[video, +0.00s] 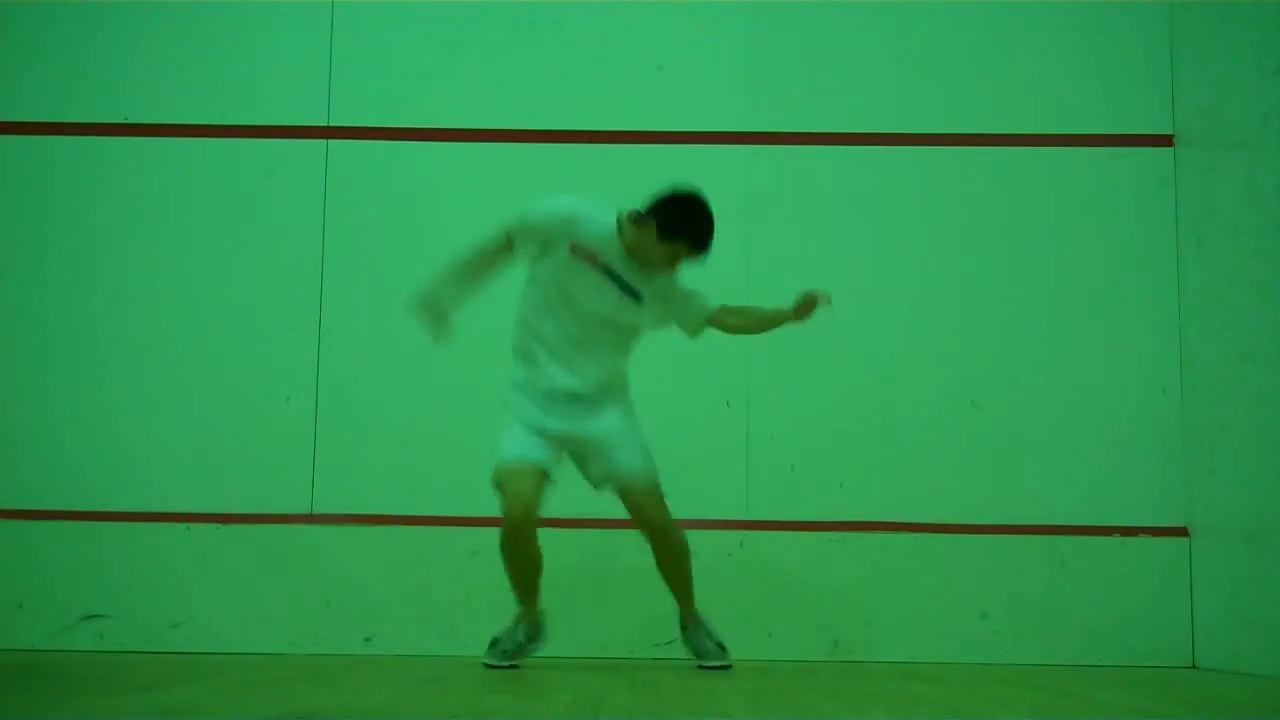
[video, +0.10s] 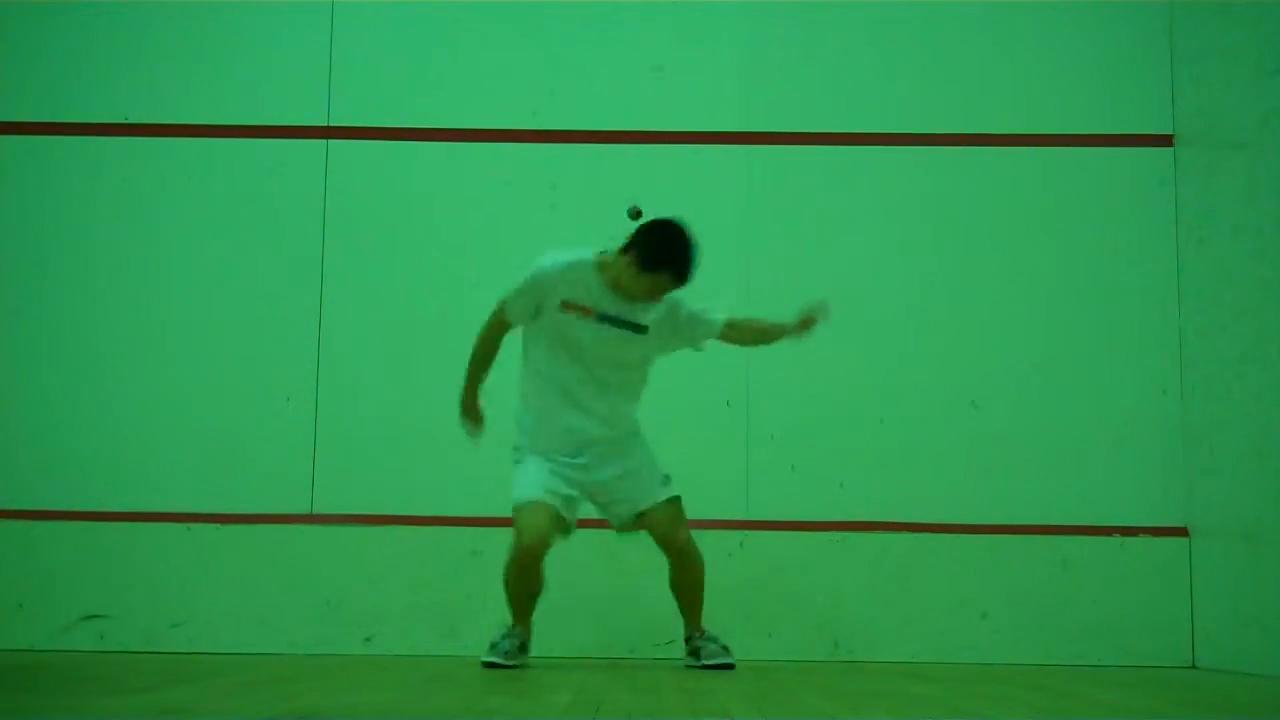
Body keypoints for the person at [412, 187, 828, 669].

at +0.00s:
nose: (669, 267)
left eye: (677, 261)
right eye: (668, 254)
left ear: (681, 255)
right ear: (644, 225)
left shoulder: (664, 290)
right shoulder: (572, 223)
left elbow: (722, 316)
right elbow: (502, 244)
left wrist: (789, 315)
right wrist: (443, 295)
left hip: (602, 408)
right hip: (533, 400)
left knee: (654, 514)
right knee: (517, 512)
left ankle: (692, 621)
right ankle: (528, 619)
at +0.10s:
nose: (653, 298)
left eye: (662, 292)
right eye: (651, 287)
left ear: (671, 285)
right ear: (630, 259)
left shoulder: (665, 313)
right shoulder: (555, 278)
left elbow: (731, 330)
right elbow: (498, 323)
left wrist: (788, 328)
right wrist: (470, 393)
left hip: (619, 450)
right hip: (547, 448)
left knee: (681, 542)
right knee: (529, 542)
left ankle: (697, 637)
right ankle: (518, 634)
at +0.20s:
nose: (611, 284)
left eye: (620, 278)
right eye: (607, 275)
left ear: (628, 267)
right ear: (585, 252)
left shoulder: (634, 285)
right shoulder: (528, 273)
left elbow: (696, 306)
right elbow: (463, 331)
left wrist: (760, 341)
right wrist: (463, 415)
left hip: (615, 440)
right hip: (542, 441)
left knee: (662, 536)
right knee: (505, 528)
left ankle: (688, 627)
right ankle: (514, 632)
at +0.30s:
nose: (594, 249)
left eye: (601, 241)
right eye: (587, 240)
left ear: (611, 229)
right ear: (563, 219)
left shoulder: (626, 249)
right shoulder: (516, 243)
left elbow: (690, 263)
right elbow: (438, 296)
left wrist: (764, 285)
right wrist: (456, 372)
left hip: (602, 397)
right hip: (534, 399)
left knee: (611, 487)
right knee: (508, 513)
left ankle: (656, 597)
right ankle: (514, 629)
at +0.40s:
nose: (593, 223)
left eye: (603, 217)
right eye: (588, 213)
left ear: (615, 205)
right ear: (564, 188)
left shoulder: (622, 229)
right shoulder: (513, 210)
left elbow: (694, 243)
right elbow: (424, 248)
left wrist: (772, 261)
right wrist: (430, 330)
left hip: (585, 368)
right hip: (520, 372)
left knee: (570, 464)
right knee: (502, 488)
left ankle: (595, 602)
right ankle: (545, 598)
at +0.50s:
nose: (592, 227)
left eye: (604, 220)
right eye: (588, 214)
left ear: (615, 214)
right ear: (564, 189)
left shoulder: (611, 253)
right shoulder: (507, 206)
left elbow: (686, 288)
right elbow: (417, 203)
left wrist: (763, 327)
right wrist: (386, 277)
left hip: (566, 378)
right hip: (505, 379)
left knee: (527, 486)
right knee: (494, 496)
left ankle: (528, 629)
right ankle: (599, 577)